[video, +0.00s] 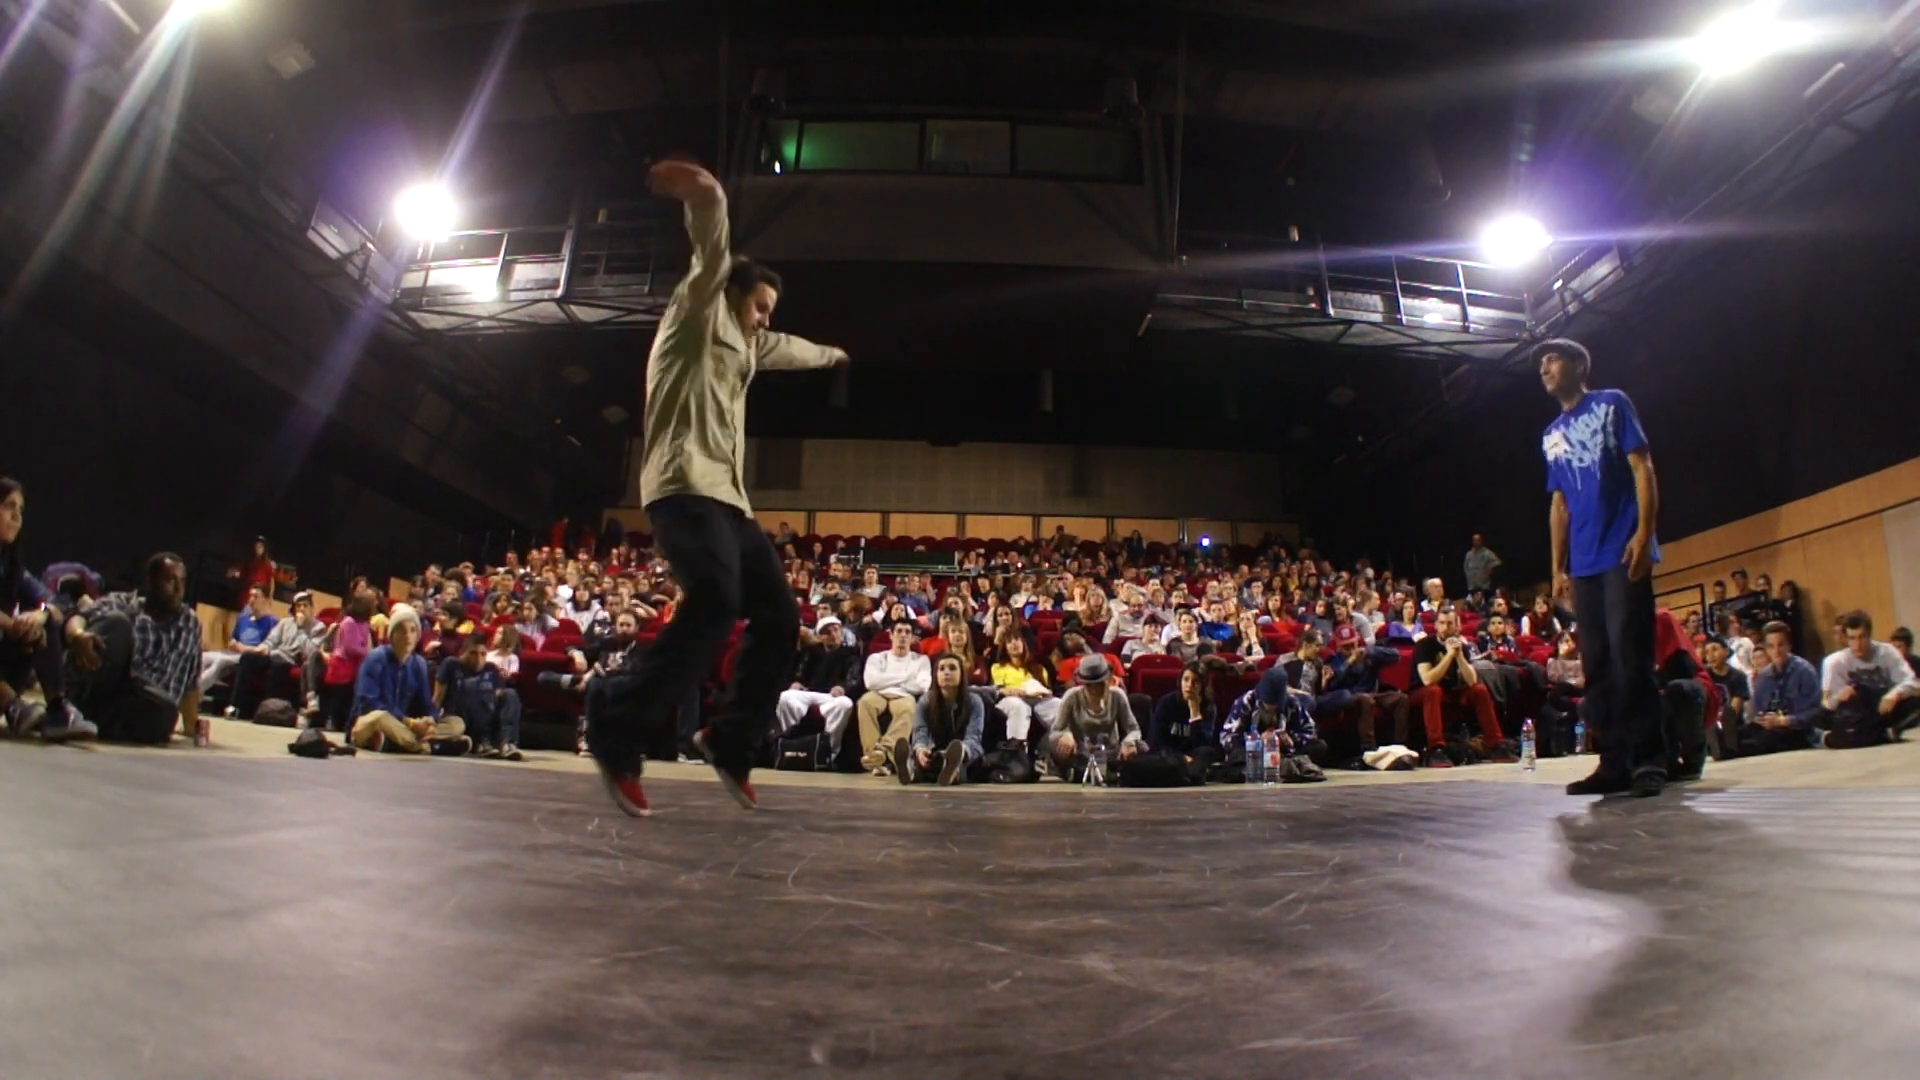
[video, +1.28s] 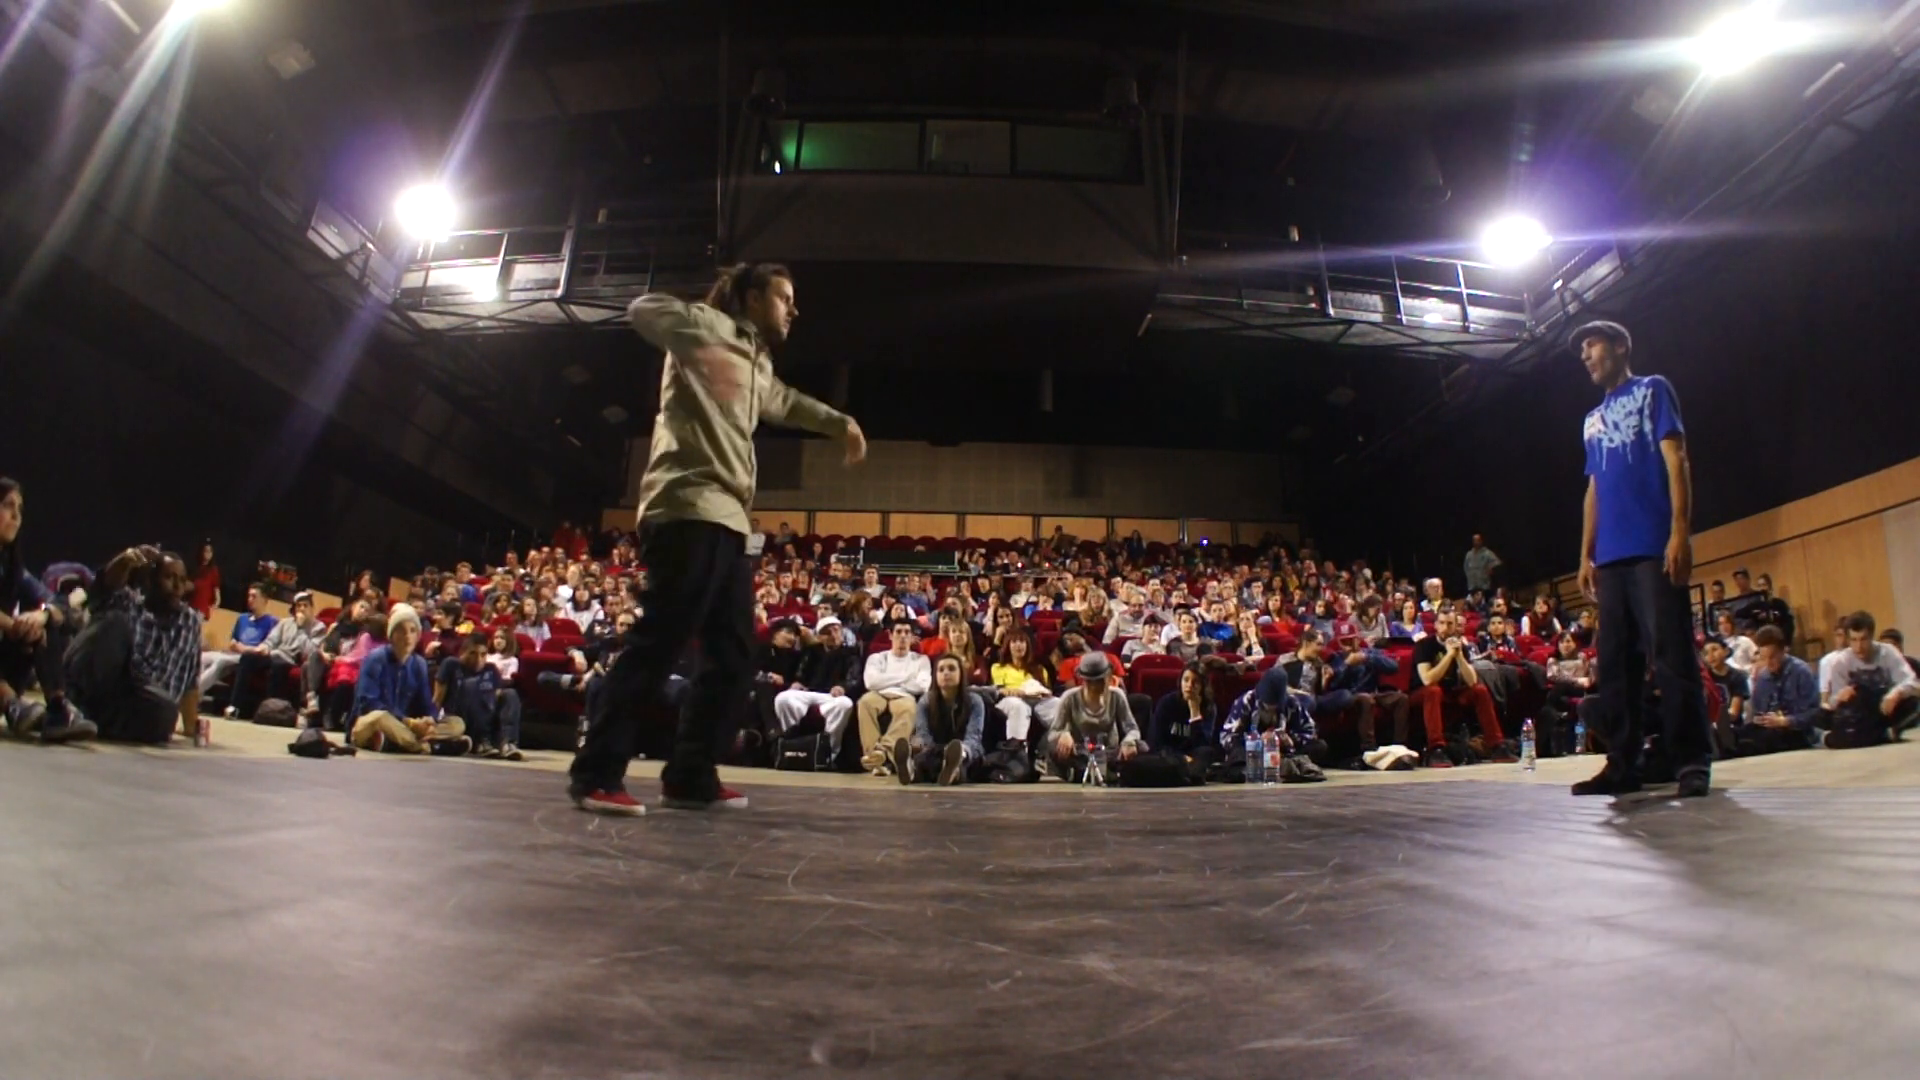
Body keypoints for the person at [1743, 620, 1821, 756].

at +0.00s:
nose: (1776, 651)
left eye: (1781, 645)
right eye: (1771, 646)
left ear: (1789, 646)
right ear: (1765, 649)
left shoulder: (1804, 670)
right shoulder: (1764, 675)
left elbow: (1814, 711)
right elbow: (1757, 710)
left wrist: (1783, 721)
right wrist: (1761, 719)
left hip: (1798, 730)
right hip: (1767, 730)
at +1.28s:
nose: (1769, 662)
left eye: (1773, 656)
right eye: (1764, 658)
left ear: (1784, 651)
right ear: (1760, 657)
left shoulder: (1801, 671)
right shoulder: (1762, 676)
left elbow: (1812, 713)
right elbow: (1756, 711)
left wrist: (1784, 721)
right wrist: (1759, 719)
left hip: (1798, 732)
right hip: (1767, 731)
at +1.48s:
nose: (1767, 666)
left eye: (1771, 660)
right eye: (1763, 661)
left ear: (1782, 653)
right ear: (1759, 659)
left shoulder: (1801, 672)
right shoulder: (1762, 676)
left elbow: (1812, 712)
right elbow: (1758, 711)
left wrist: (1784, 721)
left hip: (1798, 731)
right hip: (1769, 729)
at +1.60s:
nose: (1767, 666)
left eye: (1771, 661)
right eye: (1763, 662)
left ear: (1782, 653)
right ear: (1758, 658)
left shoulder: (1801, 672)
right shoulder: (1762, 676)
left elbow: (1812, 713)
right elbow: (1758, 711)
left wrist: (1784, 721)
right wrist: (1761, 720)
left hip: (1798, 731)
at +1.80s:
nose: (1767, 667)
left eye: (1771, 661)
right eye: (1763, 662)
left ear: (1783, 653)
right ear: (1758, 658)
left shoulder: (1801, 672)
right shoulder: (1763, 676)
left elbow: (1813, 713)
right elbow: (1758, 711)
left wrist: (1784, 721)